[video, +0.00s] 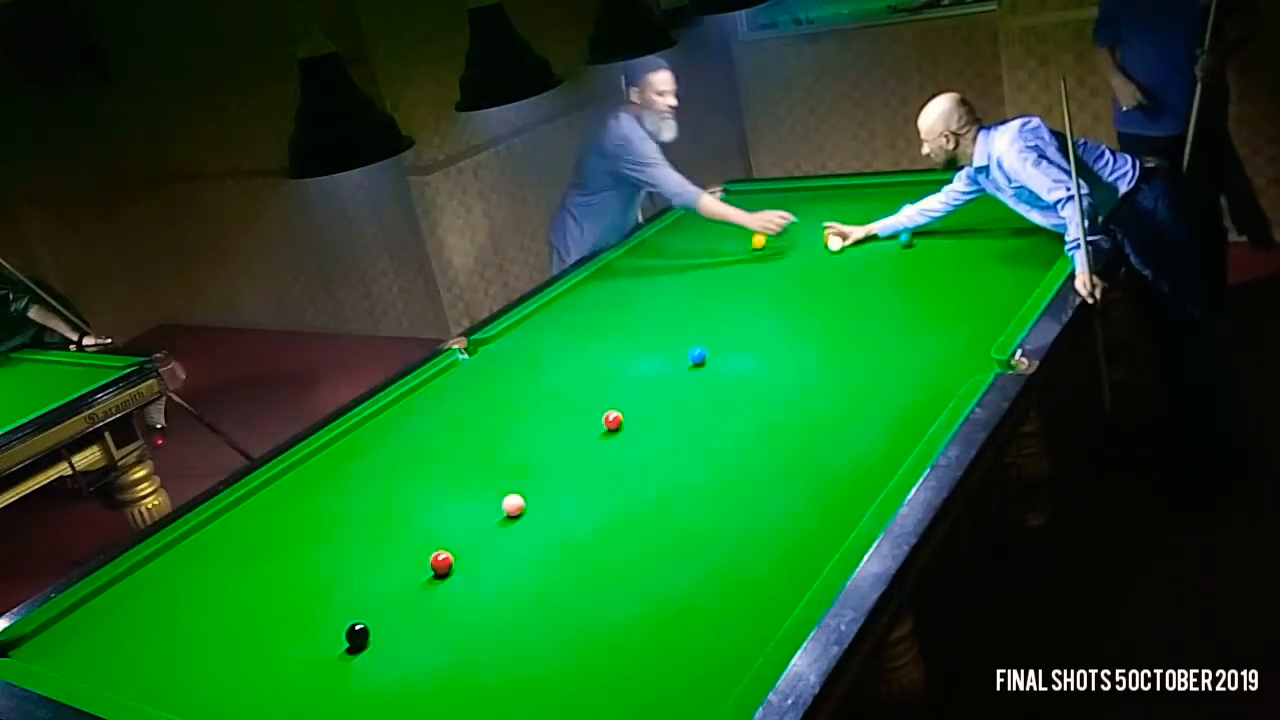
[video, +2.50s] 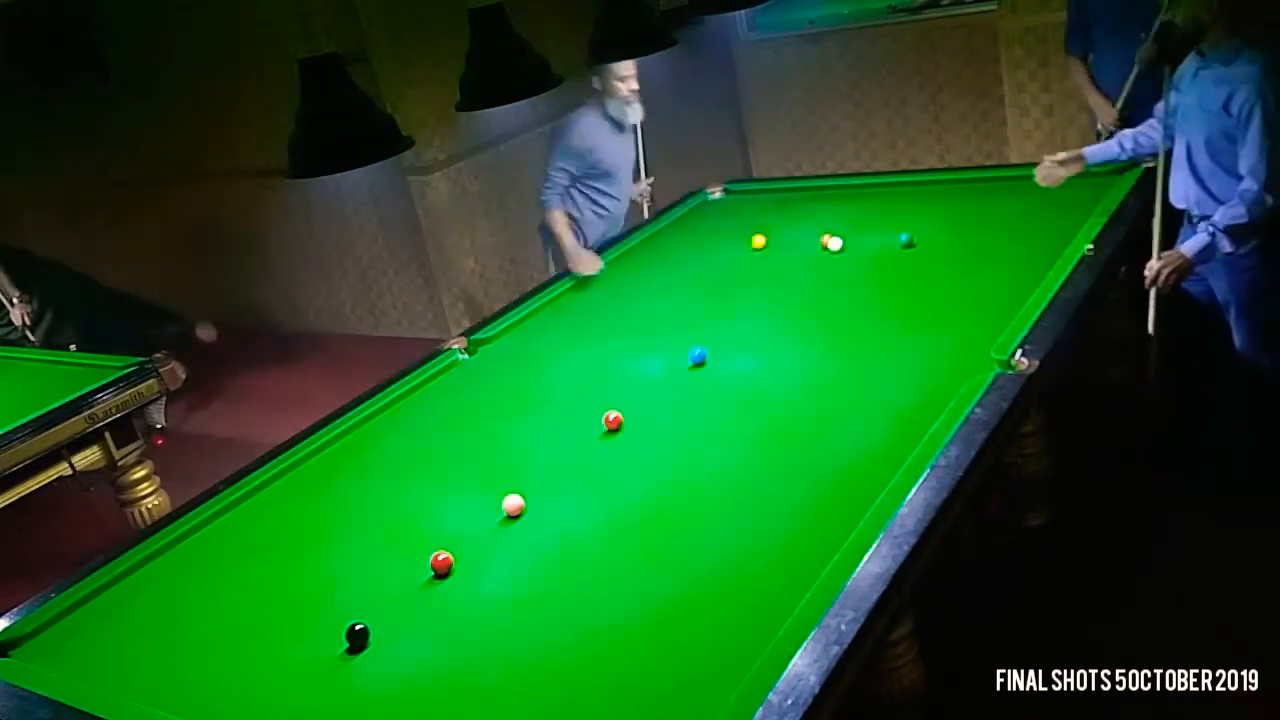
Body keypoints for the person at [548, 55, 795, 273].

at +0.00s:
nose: (672, 103)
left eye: (673, 94)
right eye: (662, 94)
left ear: (674, 91)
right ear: (634, 95)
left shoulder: (641, 124)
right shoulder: (622, 132)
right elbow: (679, 192)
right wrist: (749, 219)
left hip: (616, 233)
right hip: (582, 243)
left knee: (614, 310)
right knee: (580, 320)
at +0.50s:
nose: (715, 137)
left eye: (718, 128)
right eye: (706, 129)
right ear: (680, 124)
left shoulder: (672, 139)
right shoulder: (660, 157)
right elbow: (684, 230)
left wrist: (705, 185)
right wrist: (752, 248)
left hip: (623, 231)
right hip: (588, 237)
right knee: (578, 317)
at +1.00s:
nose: (716, 141)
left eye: (718, 131)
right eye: (708, 132)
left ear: (683, 129)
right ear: (680, 130)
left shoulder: (670, 136)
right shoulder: (661, 163)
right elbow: (709, 226)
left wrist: (701, 185)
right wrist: (778, 242)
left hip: (625, 232)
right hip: (586, 239)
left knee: (614, 311)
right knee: (577, 318)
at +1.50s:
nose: (716, 141)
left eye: (718, 132)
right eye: (708, 133)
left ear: (684, 129)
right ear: (680, 131)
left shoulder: (668, 137)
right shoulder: (663, 166)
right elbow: (718, 223)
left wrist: (699, 183)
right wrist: (786, 241)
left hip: (625, 232)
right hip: (586, 240)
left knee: (616, 311)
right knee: (578, 318)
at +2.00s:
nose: (715, 138)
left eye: (716, 128)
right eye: (706, 129)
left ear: (680, 127)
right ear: (678, 128)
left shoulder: (663, 135)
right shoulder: (662, 164)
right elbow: (706, 226)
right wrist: (773, 243)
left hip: (623, 234)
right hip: (586, 241)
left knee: (610, 312)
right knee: (578, 320)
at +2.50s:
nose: (634, 87)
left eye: (635, 78)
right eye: (622, 80)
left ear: (638, 77)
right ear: (598, 83)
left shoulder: (627, 120)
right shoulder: (580, 128)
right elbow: (551, 196)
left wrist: (631, 190)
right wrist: (572, 250)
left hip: (611, 236)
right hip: (578, 245)